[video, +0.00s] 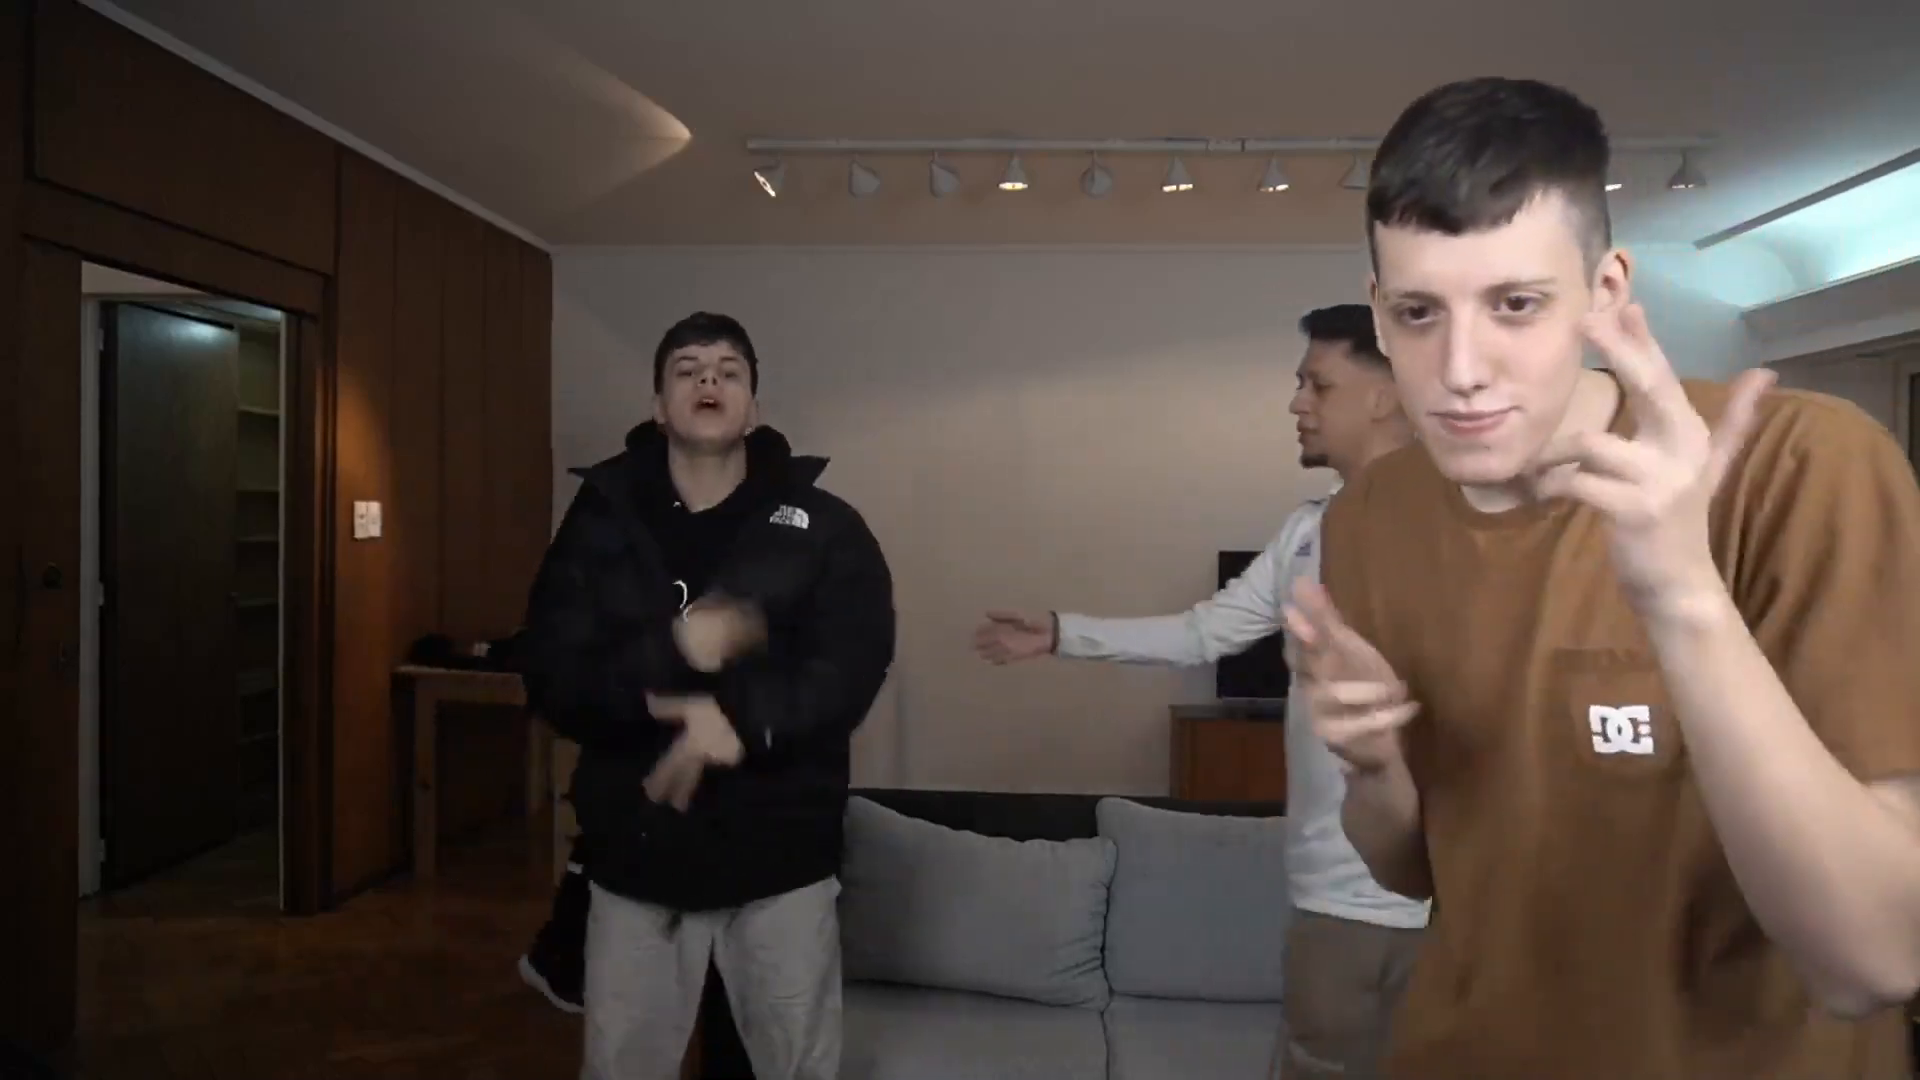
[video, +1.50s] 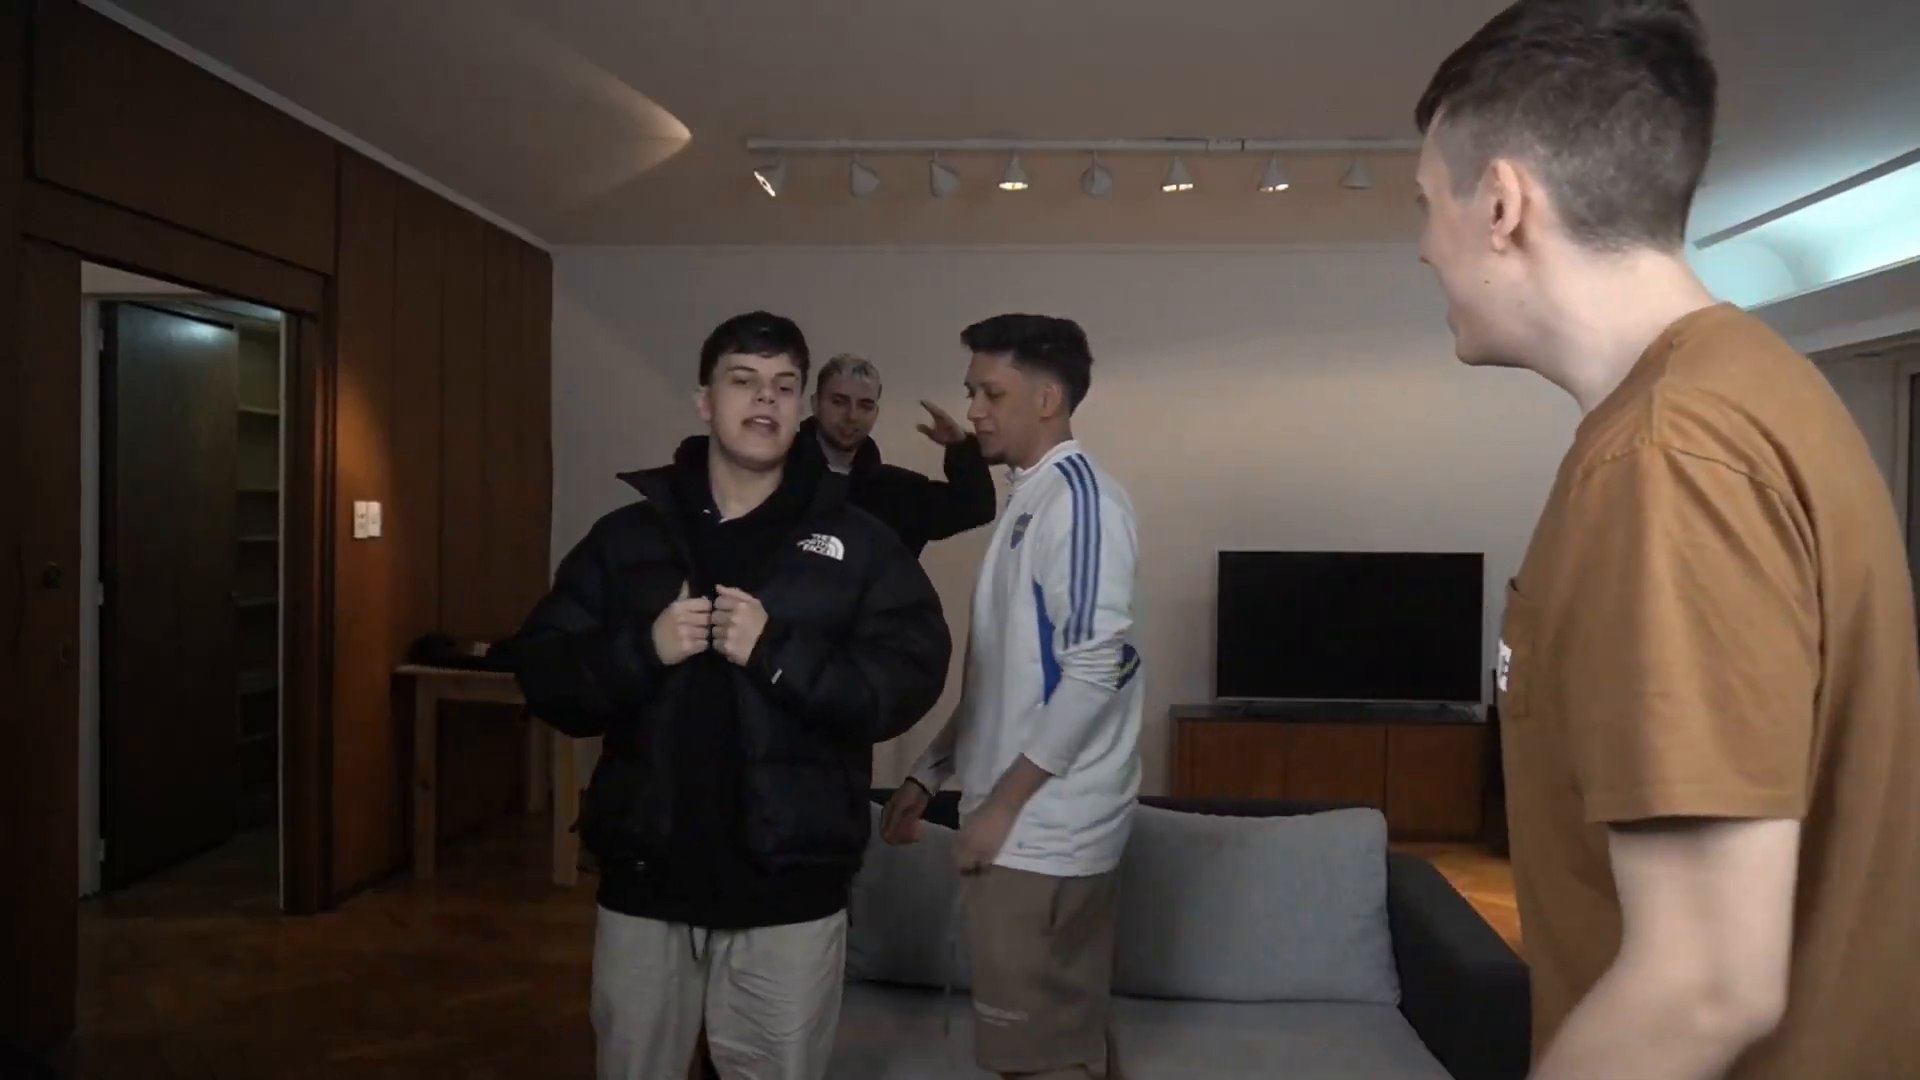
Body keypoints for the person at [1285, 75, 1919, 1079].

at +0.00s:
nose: (1461, 371)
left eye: (1515, 306)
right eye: (1417, 313)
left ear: (1608, 295)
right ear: (1381, 314)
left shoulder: (1806, 472)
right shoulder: (1372, 521)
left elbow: (1874, 960)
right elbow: (1408, 876)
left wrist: (1682, 594)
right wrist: (1374, 769)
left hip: (1749, 1061)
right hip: (1462, 1052)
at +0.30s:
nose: (1470, 361)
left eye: (1527, 298)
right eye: (1426, 302)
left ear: (1614, 291)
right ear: (1383, 298)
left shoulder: (1798, 480)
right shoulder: (1321, 544)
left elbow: (1905, 928)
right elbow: (1253, 901)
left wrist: (1638, 735)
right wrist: (1185, 615)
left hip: (1818, 1058)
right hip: (1505, 1059)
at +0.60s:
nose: (1452, 331)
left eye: (1504, 270)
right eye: (1411, 276)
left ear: (1608, 258)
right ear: (1379, 271)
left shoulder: (1791, 491)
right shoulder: (1320, 487)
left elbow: (1838, 900)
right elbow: (1266, 820)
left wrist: (1562, 838)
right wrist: (1221, 667)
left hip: (1666, 1064)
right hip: (1361, 1059)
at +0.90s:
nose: (1305, 293)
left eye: (1338, 243)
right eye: (1312, 244)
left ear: (1480, 237)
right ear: (1470, 241)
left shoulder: (1743, 477)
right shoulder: (1399, 440)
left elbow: (1872, 928)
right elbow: (1376, 701)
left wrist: (1486, 1077)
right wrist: (1310, 822)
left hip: (1575, 1057)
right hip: (1352, 1049)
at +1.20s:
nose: (1336, 282)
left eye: (1335, 233)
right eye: (1330, 239)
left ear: (1417, 224)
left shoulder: (1673, 447)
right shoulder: (1543, 441)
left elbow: (1802, 987)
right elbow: (1591, 825)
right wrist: (1418, 959)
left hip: (1611, 1052)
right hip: (1503, 1046)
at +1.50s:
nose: (1427, 248)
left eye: (1427, 200)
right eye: (1421, 205)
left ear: (1504, 204)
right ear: (1654, 193)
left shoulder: (1667, 453)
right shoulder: (1766, 393)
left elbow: (1706, 984)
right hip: (1837, 1045)